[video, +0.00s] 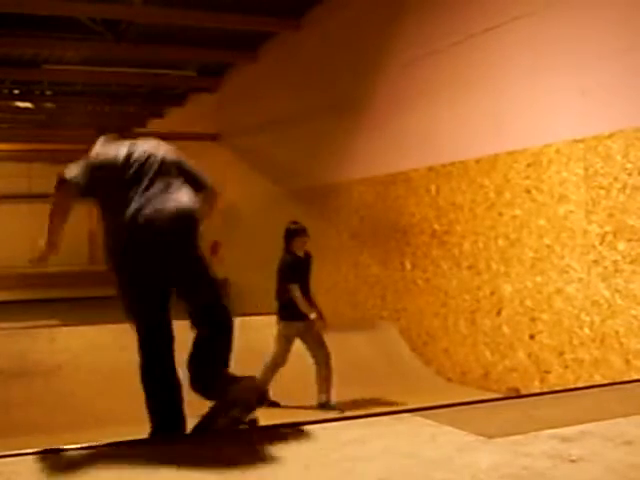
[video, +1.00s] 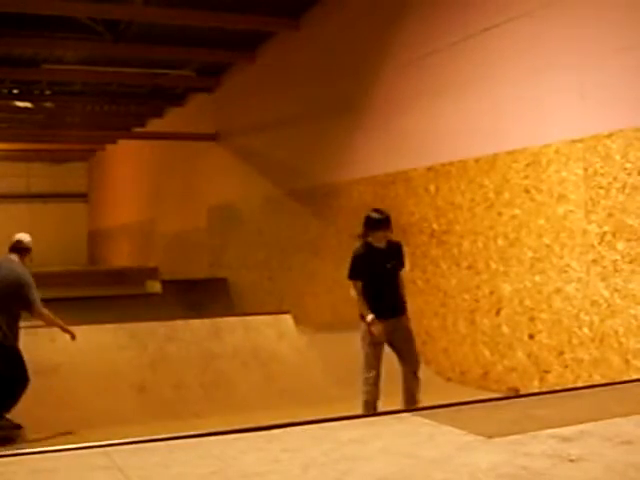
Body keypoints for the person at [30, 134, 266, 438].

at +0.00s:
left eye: (94, 149)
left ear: (100, 145)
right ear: (134, 137)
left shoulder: (98, 157)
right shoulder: (160, 149)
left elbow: (67, 183)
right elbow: (209, 191)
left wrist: (52, 242)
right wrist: (189, 224)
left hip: (134, 244)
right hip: (179, 236)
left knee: (155, 340)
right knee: (213, 315)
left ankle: (167, 431)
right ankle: (209, 377)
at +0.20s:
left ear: (77, 217)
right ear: (105, 207)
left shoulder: (68, 236)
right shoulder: (131, 222)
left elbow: (40, 288)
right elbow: (174, 246)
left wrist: (41, 338)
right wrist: (197, 264)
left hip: (86, 322)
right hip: (130, 316)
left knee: (114, 399)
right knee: (162, 394)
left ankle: (106, 469)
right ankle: (151, 463)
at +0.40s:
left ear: (54, 232)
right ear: (80, 229)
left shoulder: (41, 251)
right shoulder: (93, 244)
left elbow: (19, 299)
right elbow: (131, 272)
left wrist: (27, 335)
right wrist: (153, 291)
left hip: (39, 333)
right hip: (75, 334)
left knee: (51, 405)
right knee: (79, 402)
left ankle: (42, 460)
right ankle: (77, 456)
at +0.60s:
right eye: (58, 244)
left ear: (34, 245)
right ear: (58, 245)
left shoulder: (20, 263)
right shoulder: (59, 262)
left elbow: (3, 290)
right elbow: (94, 292)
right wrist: (103, 323)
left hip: (6, 339)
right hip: (33, 342)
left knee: (29, 397)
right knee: (53, 401)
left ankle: (14, 455)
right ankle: (28, 457)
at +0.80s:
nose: (37, 264)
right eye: (38, 261)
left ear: (18, 259)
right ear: (38, 261)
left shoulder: (4, 277)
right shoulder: (38, 280)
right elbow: (60, 306)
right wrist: (73, 327)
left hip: (0, 348)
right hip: (16, 349)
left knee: (15, 389)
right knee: (40, 393)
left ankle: (5, 435)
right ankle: (16, 435)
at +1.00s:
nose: (30, 259)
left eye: (30, 255)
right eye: (30, 255)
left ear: (11, 249)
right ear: (26, 254)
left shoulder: (3, 266)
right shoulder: (19, 274)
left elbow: (36, 309)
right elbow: (38, 310)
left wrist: (62, 327)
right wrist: (64, 328)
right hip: (4, 341)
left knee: (7, 377)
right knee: (20, 378)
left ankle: (1, 416)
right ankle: (1, 416)